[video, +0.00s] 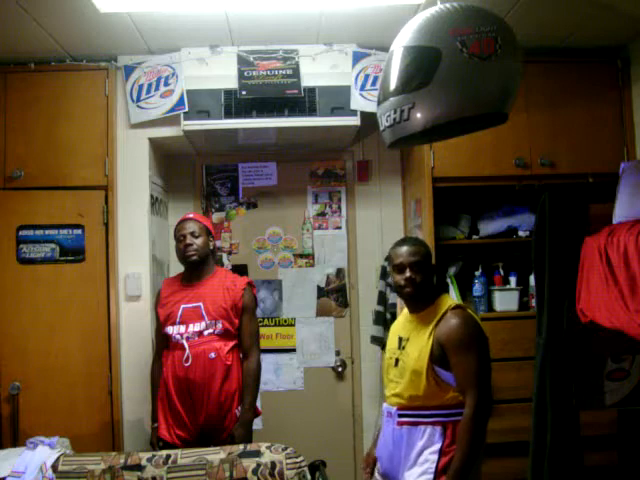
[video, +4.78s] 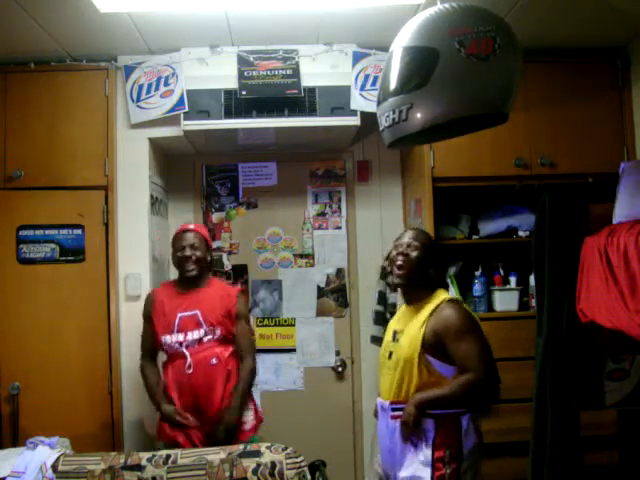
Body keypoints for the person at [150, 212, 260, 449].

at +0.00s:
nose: (187, 241)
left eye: (195, 235)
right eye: (180, 238)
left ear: (211, 242)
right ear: (176, 248)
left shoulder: (237, 288)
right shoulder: (167, 290)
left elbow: (251, 355)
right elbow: (160, 355)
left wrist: (246, 417)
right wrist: (157, 419)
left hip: (225, 416)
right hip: (176, 416)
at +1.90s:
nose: (187, 242)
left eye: (194, 236)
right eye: (180, 238)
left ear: (211, 242)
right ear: (176, 247)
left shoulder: (237, 288)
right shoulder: (167, 290)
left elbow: (251, 355)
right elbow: (160, 355)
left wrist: (245, 418)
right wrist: (157, 420)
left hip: (225, 416)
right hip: (176, 417)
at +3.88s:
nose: (190, 238)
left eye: (192, 232)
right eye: (179, 235)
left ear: (199, 238)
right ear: (165, 248)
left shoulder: (227, 285)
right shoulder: (154, 295)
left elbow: (244, 349)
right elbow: (152, 358)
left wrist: (234, 411)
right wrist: (156, 422)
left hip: (223, 416)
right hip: (175, 420)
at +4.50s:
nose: (183, 257)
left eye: (191, 251)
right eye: (177, 251)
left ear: (205, 256)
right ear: (170, 258)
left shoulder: (230, 298)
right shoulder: (154, 304)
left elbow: (262, 353)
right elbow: (139, 360)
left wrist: (231, 388)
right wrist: (146, 393)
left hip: (227, 419)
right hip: (177, 422)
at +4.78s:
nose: (187, 254)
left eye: (195, 248)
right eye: (180, 249)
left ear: (208, 254)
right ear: (173, 257)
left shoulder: (231, 297)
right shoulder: (157, 299)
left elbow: (248, 359)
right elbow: (148, 358)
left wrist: (233, 413)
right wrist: (163, 405)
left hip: (229, 421)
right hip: (180, 421)